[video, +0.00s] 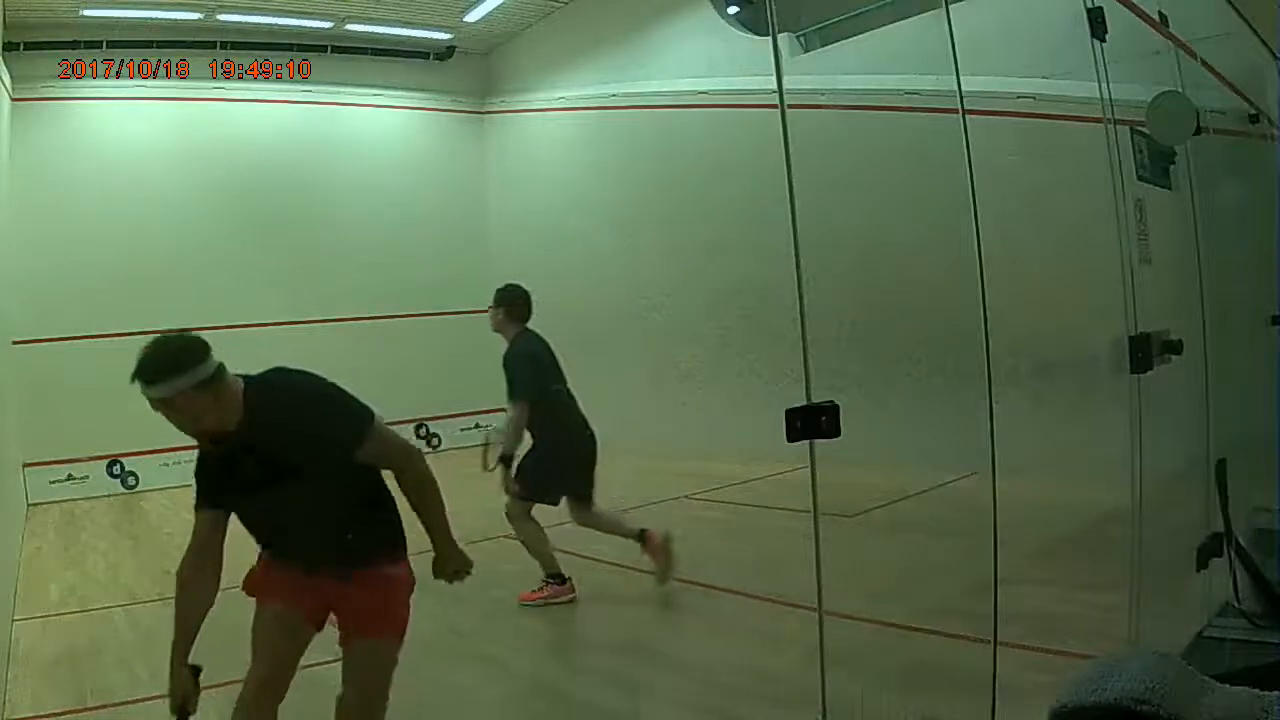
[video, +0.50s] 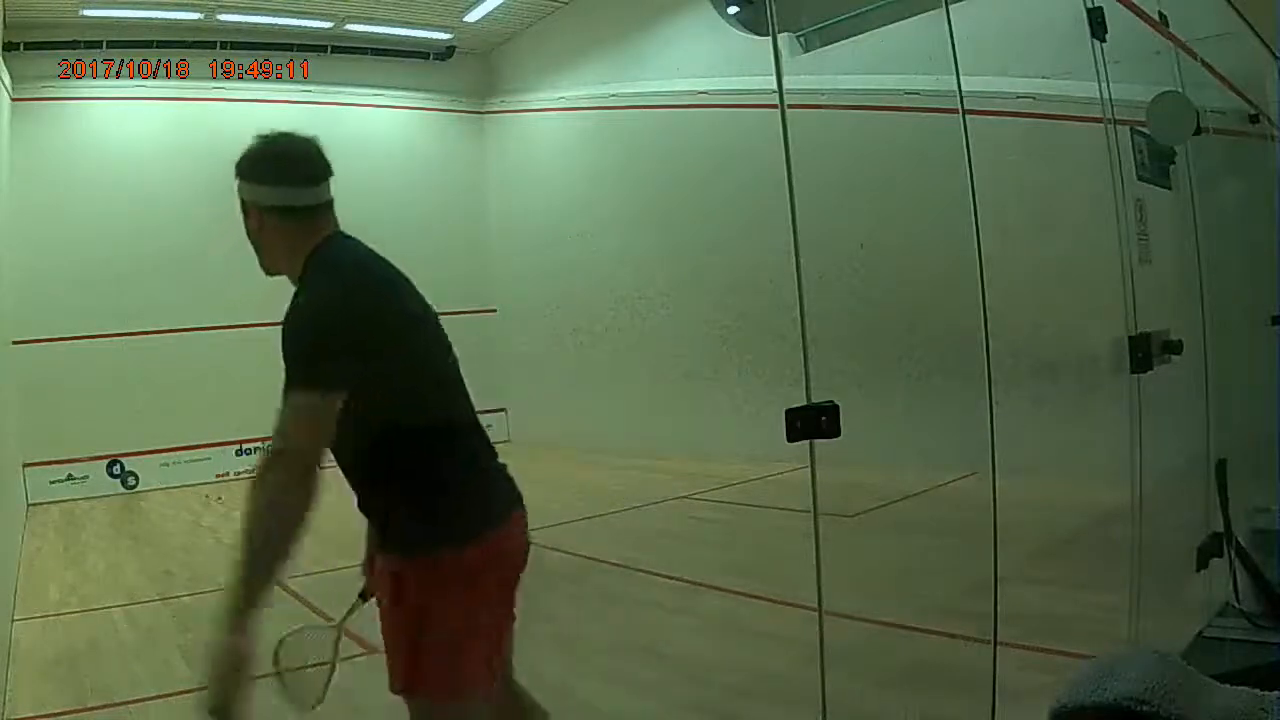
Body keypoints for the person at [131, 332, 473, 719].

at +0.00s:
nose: (166, 419)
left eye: (166, 406)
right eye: (160, 410)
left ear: (195, 391)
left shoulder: (299, 398)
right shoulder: (216, 451)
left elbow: (404, 456)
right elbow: (202, 559)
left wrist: (445, 546)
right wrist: (179, 660)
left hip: (373, 562)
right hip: (291, 563)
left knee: (363, 705)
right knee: (261, 691)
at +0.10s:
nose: (161, 378)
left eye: (161, 365)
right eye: (154, 368)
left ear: (193, 346)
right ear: (194, 344)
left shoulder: (295, 361)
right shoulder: (224, 400)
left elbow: (407, 420)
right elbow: (225, 515)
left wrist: (452, 493)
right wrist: (209, 627)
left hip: (387, 524)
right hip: (308, 525)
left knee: (354, 672)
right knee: (280, 664)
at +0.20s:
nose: (175, 319)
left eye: (171, 305)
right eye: (169, 307)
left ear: (191, 297)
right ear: (221, 272)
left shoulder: (305, 317)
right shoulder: (249, 348)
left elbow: (426, 389)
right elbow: (266, 478)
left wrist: (481, 476)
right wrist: (254, 585)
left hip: (397, 512)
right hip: (337, 512)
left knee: (381, 694)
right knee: (320, 658)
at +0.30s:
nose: (200, 287)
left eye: (199, 271)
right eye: (197, 272)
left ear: (221, 273)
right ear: (266, 251)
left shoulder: (314, 325)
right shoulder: (289, 333)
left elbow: (438, 432)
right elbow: (309, 472)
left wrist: (508, 540)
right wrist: (286, 575)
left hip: (410, 556)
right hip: (368, 551)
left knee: (414, 706)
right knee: (371, 686)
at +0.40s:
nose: (225, 265)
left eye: (223, 248)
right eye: (222, 249)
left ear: (235, 248)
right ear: (297, 233)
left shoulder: (319, 317)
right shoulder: (322, 302)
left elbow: (376, 481)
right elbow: (342, 450)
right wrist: (337, 557)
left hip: (435, 552)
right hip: (425, 543)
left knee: (417, 699)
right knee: (400, 689)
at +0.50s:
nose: (246, 228)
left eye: (245, 213)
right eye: (245, 213)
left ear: (258, 218)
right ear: (320, 202)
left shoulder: (322, 303)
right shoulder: (366, 272)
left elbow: (291, 469)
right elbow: (402, 418)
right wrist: (385, 537)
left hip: (444, 544)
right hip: (484, 525)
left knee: (441, 703)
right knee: (489, 688)